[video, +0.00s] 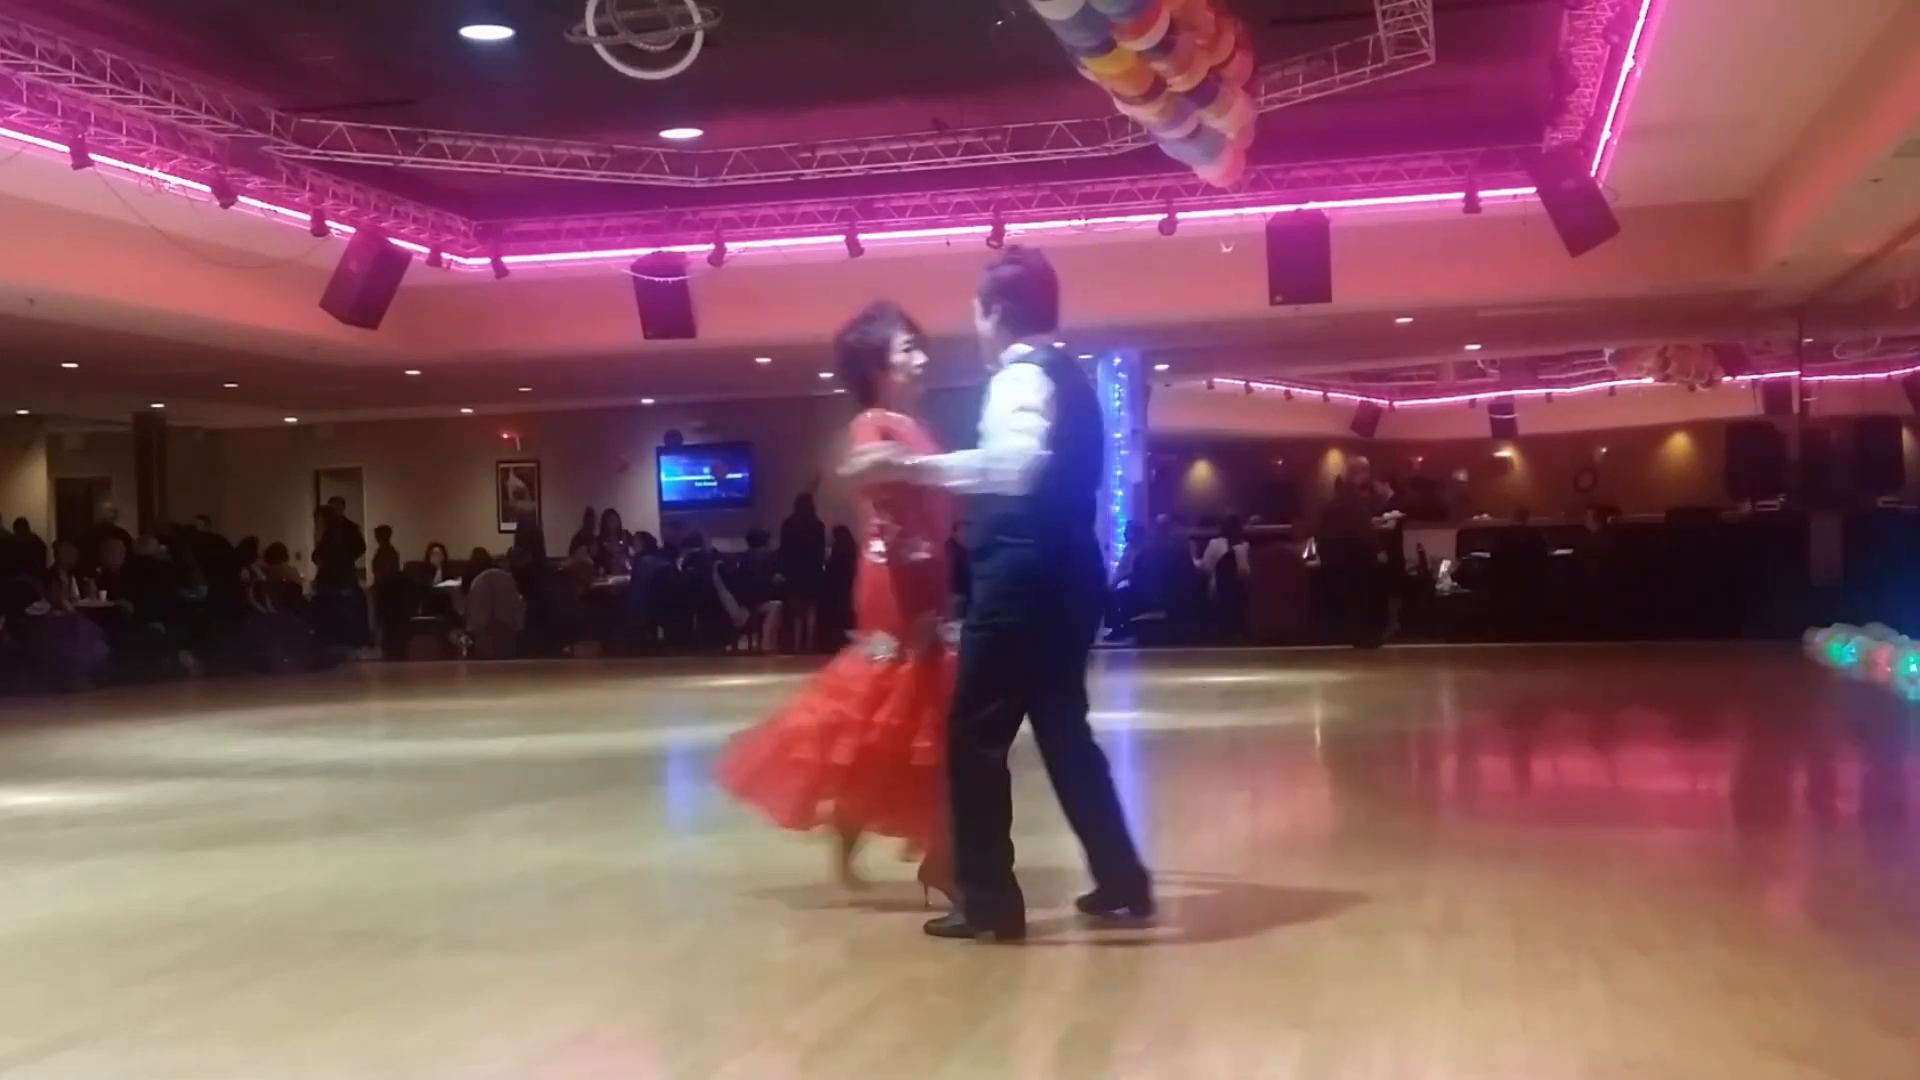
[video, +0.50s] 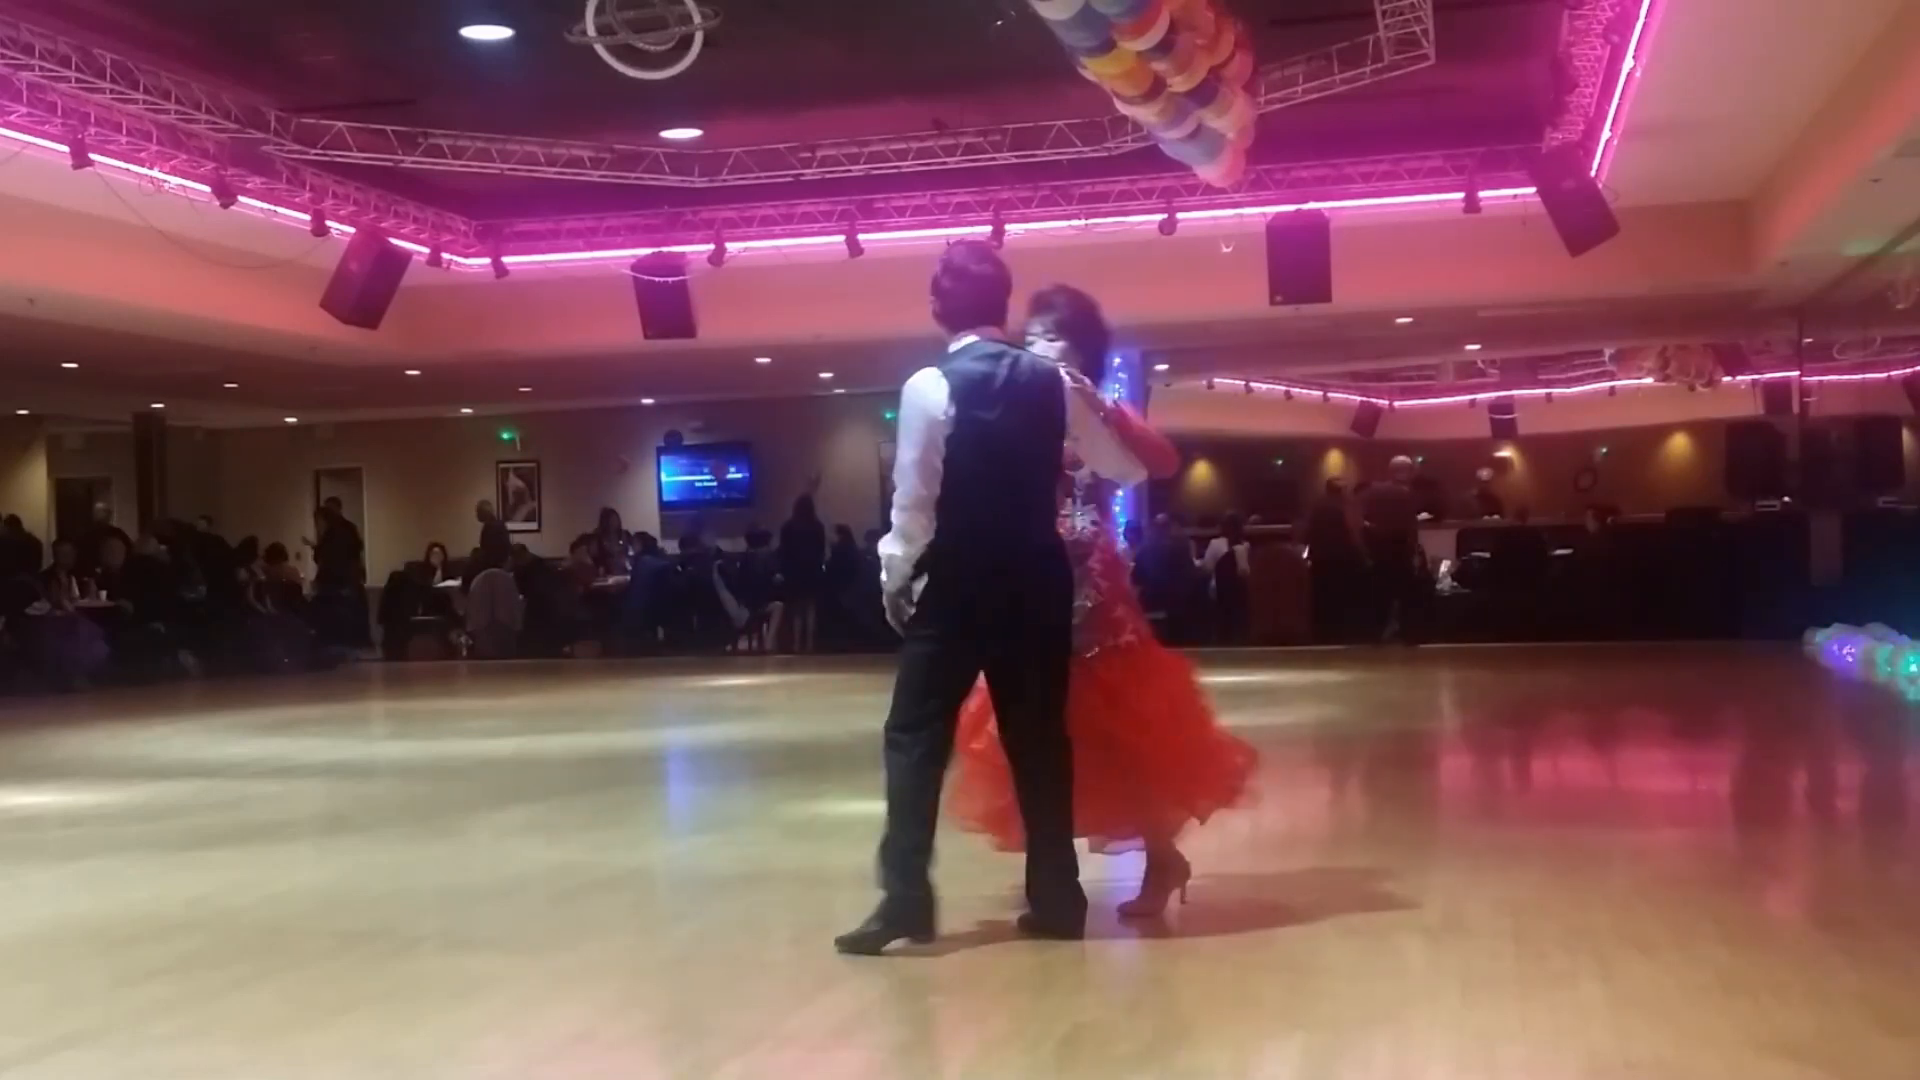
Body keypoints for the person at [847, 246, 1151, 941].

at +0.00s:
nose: (974, 322)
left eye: (978, 310)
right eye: (977, 309)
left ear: (999, 313)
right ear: (1043, 310)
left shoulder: (1022, 374)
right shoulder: (1072, 373)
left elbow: (1013, 467)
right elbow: (1031, 475)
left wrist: (905, 469)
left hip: (1018, 581)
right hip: (1069, 576)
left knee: (974, 739)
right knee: (1064, 728)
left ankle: (988, 903)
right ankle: (1123, 884)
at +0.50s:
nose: (934, 317)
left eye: (935, 308)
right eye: (1013, 306)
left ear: (941, 313)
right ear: (1006, 309)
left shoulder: (929, 386)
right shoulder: (1056, 382)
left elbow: (916, 494)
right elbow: (1120, 465)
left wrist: (895, 577)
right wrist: (1073, 469)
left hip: (956, 583)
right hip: (1036, 582)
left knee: (913, 735)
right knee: (1039, 737)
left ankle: (905, 898)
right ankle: (1058, 902)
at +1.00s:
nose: (917, 310)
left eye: (915, 299)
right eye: (982, 299)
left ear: (914, 308)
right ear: (982, 304)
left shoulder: (889, 388)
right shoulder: (1031, 382)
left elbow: (847, 490)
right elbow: (1094, 466)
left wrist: (853, 569)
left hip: (922, 578)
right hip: (1007, 577)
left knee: (899, 737)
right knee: (1025, 732)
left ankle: (888, 917)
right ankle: (1064, 903)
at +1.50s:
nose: (1006, 308)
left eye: (1002, 296)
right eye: (1001, 296)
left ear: (926, 301)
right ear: (992, 300)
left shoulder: (891, 378)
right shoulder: (1011, 373)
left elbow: (884, 476)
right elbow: (1117, 426)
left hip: (913, 565)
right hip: (990, 568)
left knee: (920, 726)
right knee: (1032, 731)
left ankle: (886, 895)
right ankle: (1055, 902)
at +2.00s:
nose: (966, 312)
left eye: (964, 300)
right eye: (964, 300)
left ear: (895, 298)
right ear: (954, 301)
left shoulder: (858, 376)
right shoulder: (951, 370)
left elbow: (801, 469)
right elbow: (1048, 374)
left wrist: (829, 520)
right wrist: (1157, 357)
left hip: (870, 559)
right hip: (924, 562)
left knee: (903, 726)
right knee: (890, 726)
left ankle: (887, 894)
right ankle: (790, 877)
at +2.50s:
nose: (944, 316)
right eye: (946, 305)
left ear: (881, 305)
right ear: (947, 309)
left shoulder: (842, 389)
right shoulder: (962, 384)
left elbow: (785, 479)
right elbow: (1047, 446)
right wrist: (1111, 475)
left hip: (860, 571)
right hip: (932, 574)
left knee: (880, 730)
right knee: (952, 735)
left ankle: (880, 895)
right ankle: (901, 894)